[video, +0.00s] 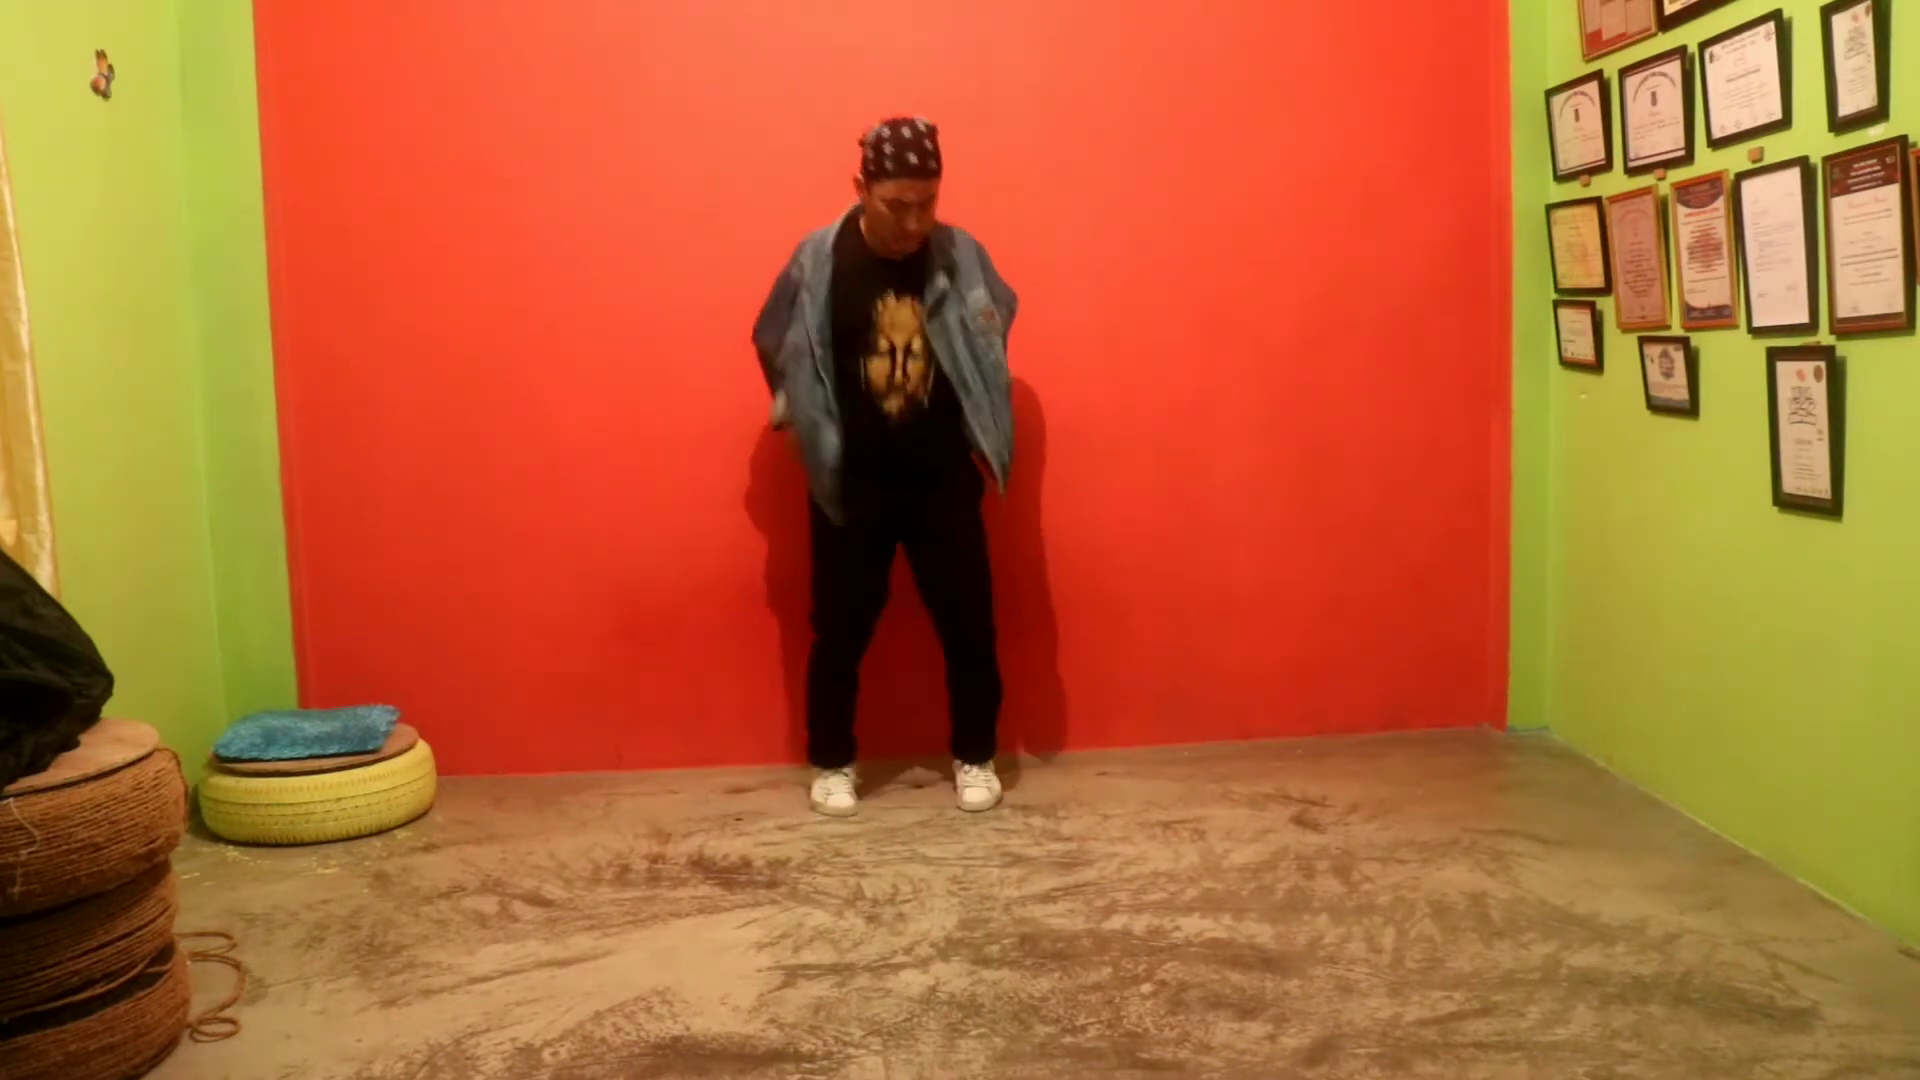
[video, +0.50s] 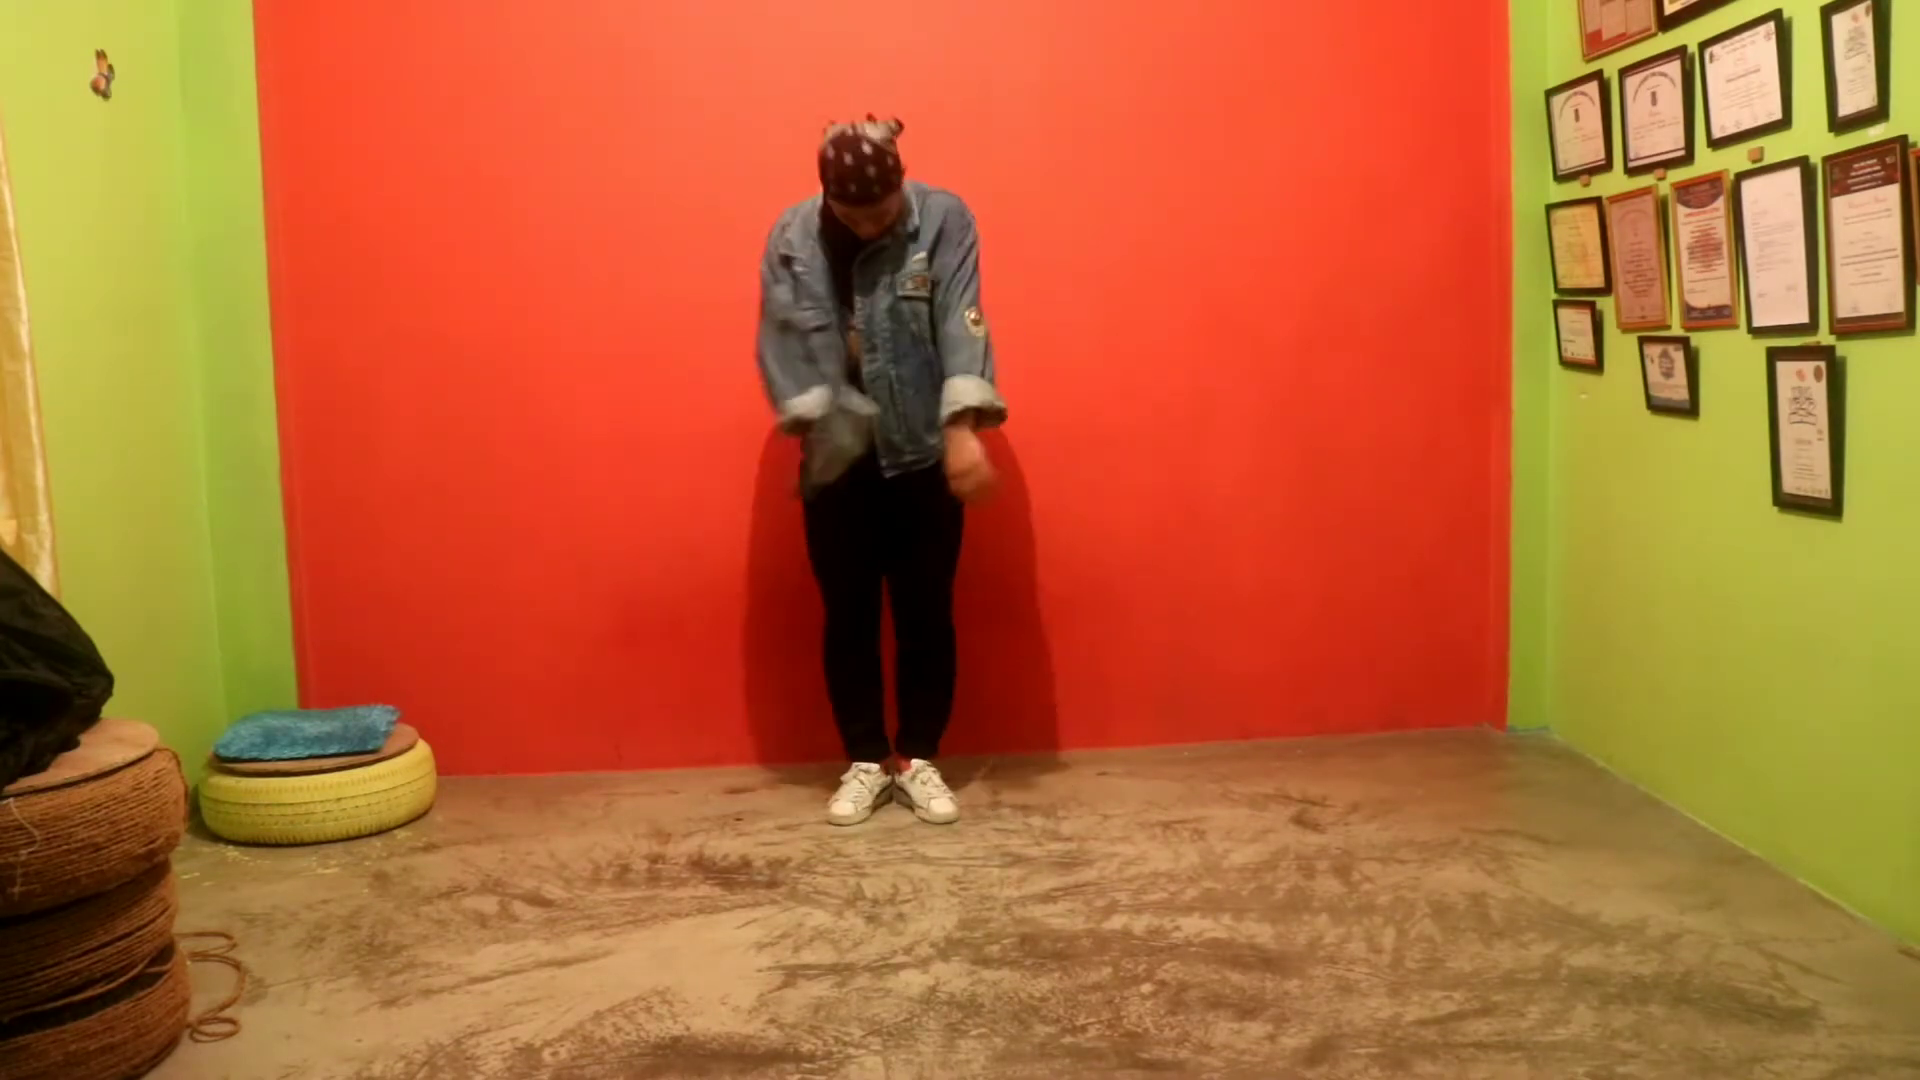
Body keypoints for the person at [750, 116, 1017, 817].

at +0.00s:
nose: (911, 220)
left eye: (922, 205)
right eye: (896, 205)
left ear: (938, 194)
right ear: (864, 191)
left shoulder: (960, 256)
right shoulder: (817, 258)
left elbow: (999, 314)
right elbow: (772, 338)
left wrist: (979, 413)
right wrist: (801, 411)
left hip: (943, 474)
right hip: (850, 477)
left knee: (967, 620)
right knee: (841, 626)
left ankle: (975, 759)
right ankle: (833, 765)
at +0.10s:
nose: (896, 195)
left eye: (908, 179)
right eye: (880, 180)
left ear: (927, 168)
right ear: (852, 166)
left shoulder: (954, 227)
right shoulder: (810, 230)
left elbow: (996, 288)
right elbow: (771, 311)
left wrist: (968, 377)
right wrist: (802, 391)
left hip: (936, 447)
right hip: (843, 450)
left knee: (961, 596)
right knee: (837, 603)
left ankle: (956, 750)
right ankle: (853, 756)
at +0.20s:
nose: (866, 189)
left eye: (879, 172)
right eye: (851, 174)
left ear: (900, 161)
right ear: (826, 165)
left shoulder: (949, 221)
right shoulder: (791, 235)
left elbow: (996, 309)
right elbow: (760, 318)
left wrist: (980, 338)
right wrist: (796, 374)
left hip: (936, 449)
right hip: (844, 453)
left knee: (933, 609)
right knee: (853, 610)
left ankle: (916, 758)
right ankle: (865, 763)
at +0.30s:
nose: (854, 194)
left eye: (867, 178)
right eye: (838, 180)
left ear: (890, 162)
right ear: (816, 170)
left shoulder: (942, 220)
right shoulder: (783, 239)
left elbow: (1001, 304)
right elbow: (750, 323)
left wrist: (992, 379)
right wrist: (770, 396)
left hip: (933, 450)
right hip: (840, 453)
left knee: (929, 609)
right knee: (850, 611)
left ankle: (921, 759)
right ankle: (864, 765)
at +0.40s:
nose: (855, 203)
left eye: (867, 188)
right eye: (841, 192)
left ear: (891, 167)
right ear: (820, 175)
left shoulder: (939, 210)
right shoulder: (793, 223)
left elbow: (980, 309)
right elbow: (759, 325)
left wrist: (977, 406)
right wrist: (768, 418)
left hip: (927, 449)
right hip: (836, 452)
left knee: (929, 608)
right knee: (850, 609)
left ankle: (920, 761)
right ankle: (865, 764)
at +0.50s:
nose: (870, 224)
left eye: (880, 211)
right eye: (855, 216)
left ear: (900, 184)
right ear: (830, 195)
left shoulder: (943, 218)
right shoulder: (795, 236)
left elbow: (963, 321)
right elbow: (784, 335)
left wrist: (961, 424)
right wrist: (814, 425)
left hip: (926, 459)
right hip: (840, 462)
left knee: (926, 614)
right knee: (850, 615)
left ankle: (917, 762)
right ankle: (865, 765)